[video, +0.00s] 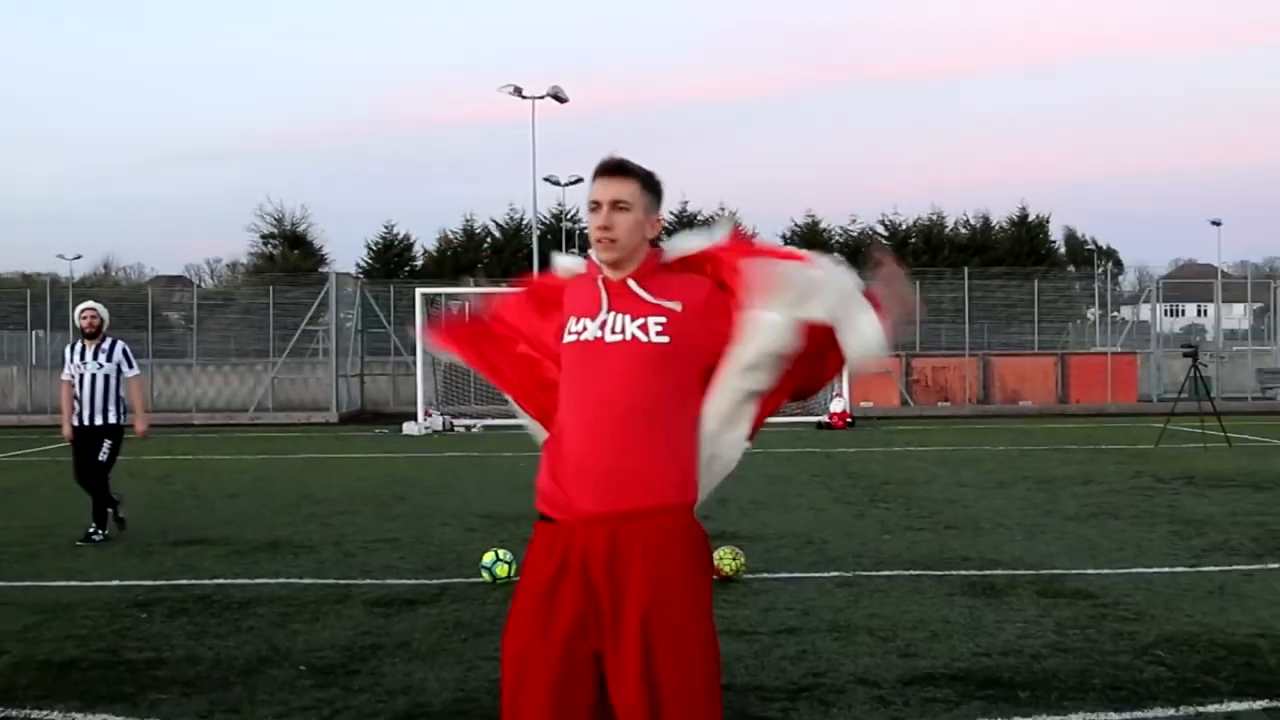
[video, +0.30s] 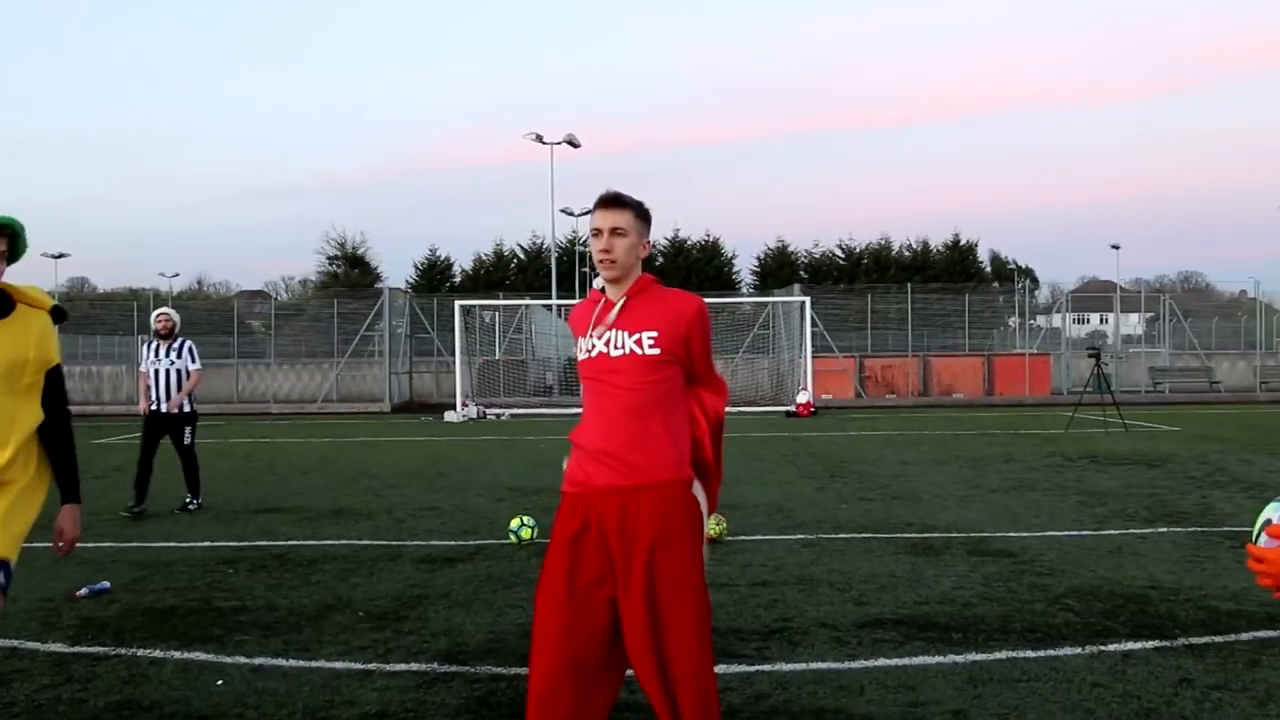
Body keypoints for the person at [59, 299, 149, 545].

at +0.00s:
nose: (89, 322)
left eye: (94, 317)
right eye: (85, 318)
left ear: (102, 322)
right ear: (78, 323)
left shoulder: (118, 348)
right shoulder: (72, 350)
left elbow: (134, 381)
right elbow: (67, 385)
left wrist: (139, 416)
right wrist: (66, 421)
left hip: (110, 421)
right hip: (82, 422)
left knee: (97, 472)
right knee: (82, 475)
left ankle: (99, 526)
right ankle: (113, 503)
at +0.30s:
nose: (163, 324)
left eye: (167, 320)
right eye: (159, 321)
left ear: (174, 324)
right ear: (154, 325)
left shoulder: (186, 346)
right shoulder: (148, 348)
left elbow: (196, 375)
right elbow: (143, 375)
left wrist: (179, 397)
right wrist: (142, 400)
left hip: (181, 412)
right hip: (156, 411)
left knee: (187, 455)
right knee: (145, 455)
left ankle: (194, 497)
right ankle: (138, 501)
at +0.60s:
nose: (140, 328)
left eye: (144, 323)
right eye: (135, 324)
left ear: (151, 327)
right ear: (130, 330)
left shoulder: (165, 348)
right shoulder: (126, 354)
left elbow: (179, 377)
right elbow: (124, 384)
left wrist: (175, 409)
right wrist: (121, 413)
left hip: (161, 414)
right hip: (136, 415)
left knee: (160, 455)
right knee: (134, 462)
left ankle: (181, 483)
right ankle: (140, 505)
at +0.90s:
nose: (122, 326)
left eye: (126, 322)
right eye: (118, 323)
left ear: (133, 326)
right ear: (112, 327)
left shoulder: (147, 349)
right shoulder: (105, 352)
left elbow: (164, 377)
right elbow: (98, 383)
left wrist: (171, 408)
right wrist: (92, 416)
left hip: (140, 412)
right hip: (115, 414)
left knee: (130, 458)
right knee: (128, 460)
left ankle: (119, 504)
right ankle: (140, 505)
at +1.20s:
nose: (103, 323)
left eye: (108, 320)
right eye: (99, 320)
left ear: (115, 324)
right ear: (92, 325)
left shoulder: (125, 350)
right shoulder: (85, 349)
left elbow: (137, 383)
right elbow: (78, 381)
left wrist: (131, 416)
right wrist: (72, 413)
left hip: (113, 416)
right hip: (87, 416)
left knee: (104, 464)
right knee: (79, 463)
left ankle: (103, 513)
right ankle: (110, 490)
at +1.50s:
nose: (81, 321)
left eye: (86, 318)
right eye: (76, 318)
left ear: (93, 322)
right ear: (70, 323)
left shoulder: (106, 349)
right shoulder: (63, 349)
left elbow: (112, 384)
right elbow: (56, 384)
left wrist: (95, 404)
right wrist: (51, 415)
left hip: (94, 422)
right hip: (64, 421)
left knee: (99, 470)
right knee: (52, 473)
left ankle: (103, 516)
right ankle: (39, 521)